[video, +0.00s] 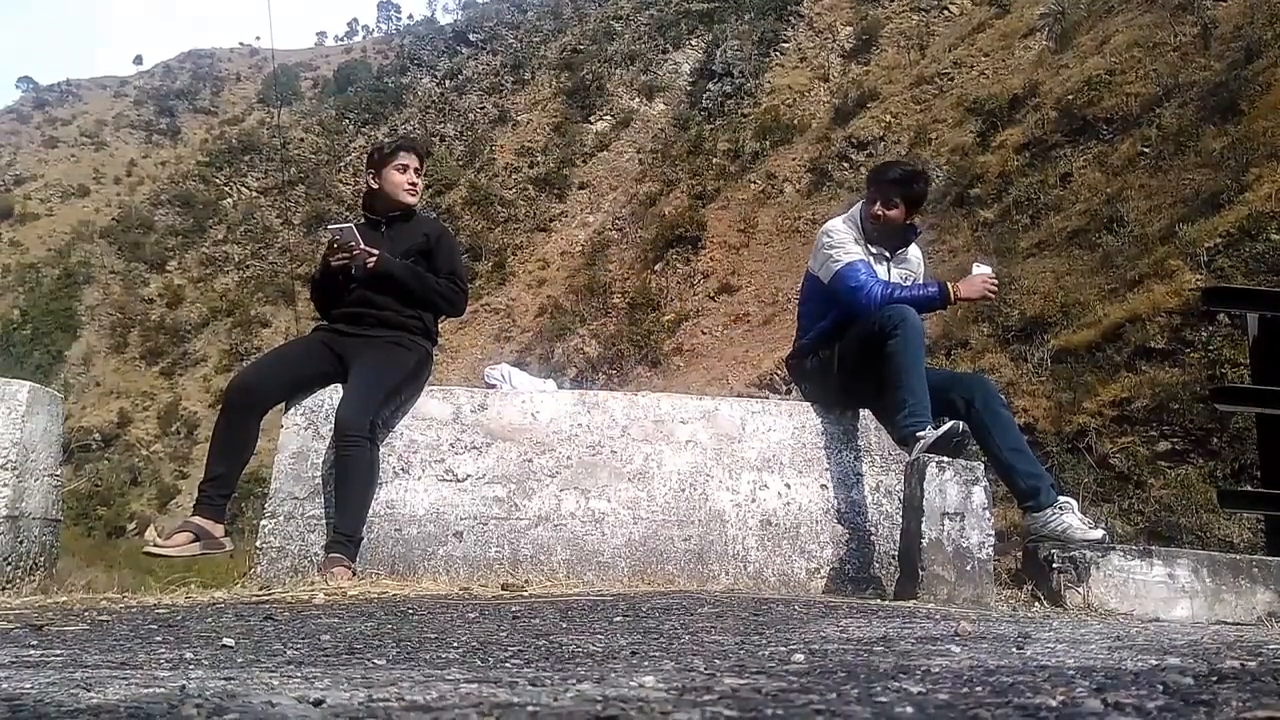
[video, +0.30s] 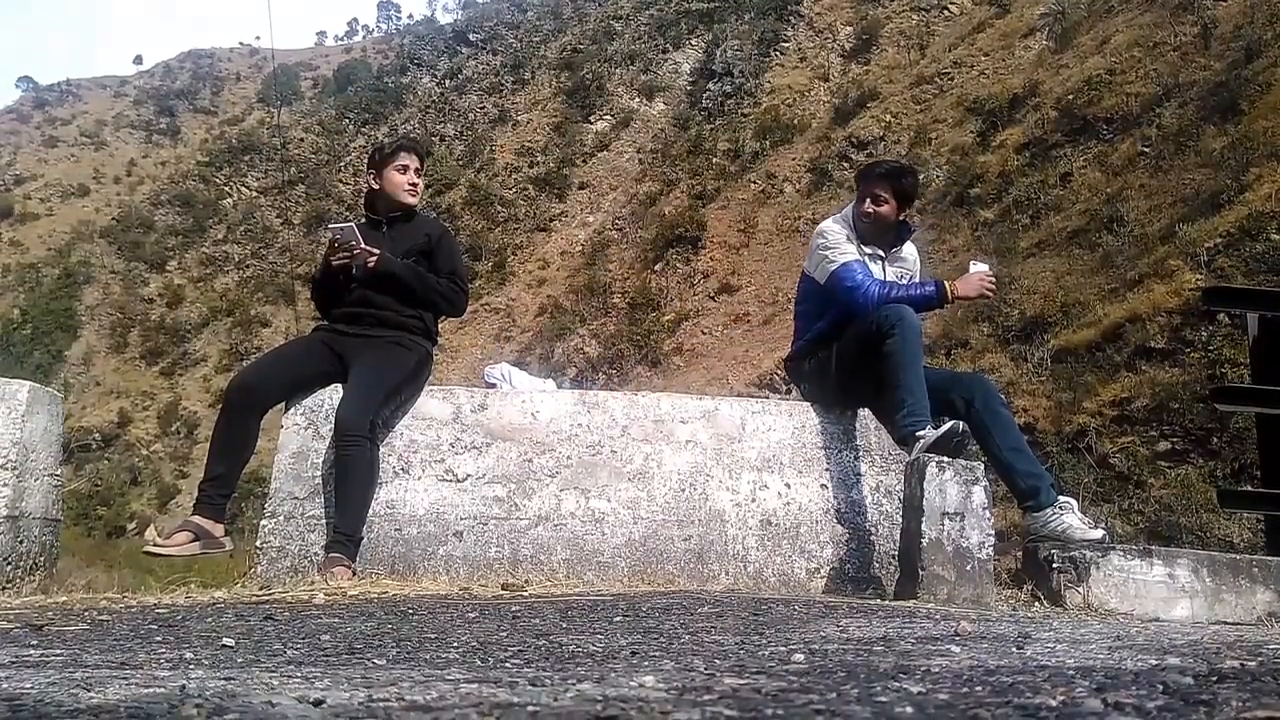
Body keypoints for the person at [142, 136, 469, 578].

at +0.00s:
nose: (414, 179)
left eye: (419, 172)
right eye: (403, 169)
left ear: (421, 182)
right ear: (374, 178)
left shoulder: (432, 232)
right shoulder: (350, 232)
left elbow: (455, 300)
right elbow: (325, 304)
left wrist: (387, 265)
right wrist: (330, 268)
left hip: (397, 344)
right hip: (337, 337)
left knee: (353, 425)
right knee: (246, 390)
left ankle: (340, 559)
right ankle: (208, 522)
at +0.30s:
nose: (414, 179)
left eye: (419, 173)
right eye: (403, 170)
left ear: (422, 183)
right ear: (375, 179)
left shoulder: (432, 232)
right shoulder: (351, 232)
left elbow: (456, 300)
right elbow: (326, 304)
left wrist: (389, 265)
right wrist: (331, 268)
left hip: (397, 344)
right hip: (337, 337)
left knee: (353, 425)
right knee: (246, 389)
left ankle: (340, 558)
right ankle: (208, 522)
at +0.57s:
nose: (412, 176)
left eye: (418, 170)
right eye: (401, 167)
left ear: (422, 180)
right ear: (374, 177)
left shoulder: (433, 229)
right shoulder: (350, 228)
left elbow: (456, 298)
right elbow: (325, 300)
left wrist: (388, 261)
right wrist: (332, 264)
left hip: (397, 342)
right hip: (337, 334)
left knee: (354, 421)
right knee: (247, 387)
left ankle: (340, 556)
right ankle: (209, 519)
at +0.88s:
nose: (383, 183)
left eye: (394, 175)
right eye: (375, 175)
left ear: (416, 181)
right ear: (367, 181)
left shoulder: (433, 233)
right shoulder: (354, 230)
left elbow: (456, 300)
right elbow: (326, 302)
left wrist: (387, 263)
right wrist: (335, 265)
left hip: (397, 345)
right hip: (336, 337)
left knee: (353, 424)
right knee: (246, 389)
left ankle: (341, 559)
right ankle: (208, 522)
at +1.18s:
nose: (372, 189)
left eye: (383, 180)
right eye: (367, 179)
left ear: (413, 183)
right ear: (363, 181)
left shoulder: (433, 233)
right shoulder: (356, 229)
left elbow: (456, 301)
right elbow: (326, 301)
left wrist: (387, 263)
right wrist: (336, 263)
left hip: (396, 345)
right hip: (335, 337)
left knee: (353, 425)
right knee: (246, 389)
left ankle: (341, 562)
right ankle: (208, 522)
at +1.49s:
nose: (370, 192)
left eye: (381, 183)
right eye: (365, 182)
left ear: (410, 185)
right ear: (361, 184)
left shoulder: (434, 234)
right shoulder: (354, 230)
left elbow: (455, 302)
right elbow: (329, 301)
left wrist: (383, 263)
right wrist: (329, 263)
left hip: (397, 345)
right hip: (336, 337)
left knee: (353, 424)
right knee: (247, 390)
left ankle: (341, 561)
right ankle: (208, 522)